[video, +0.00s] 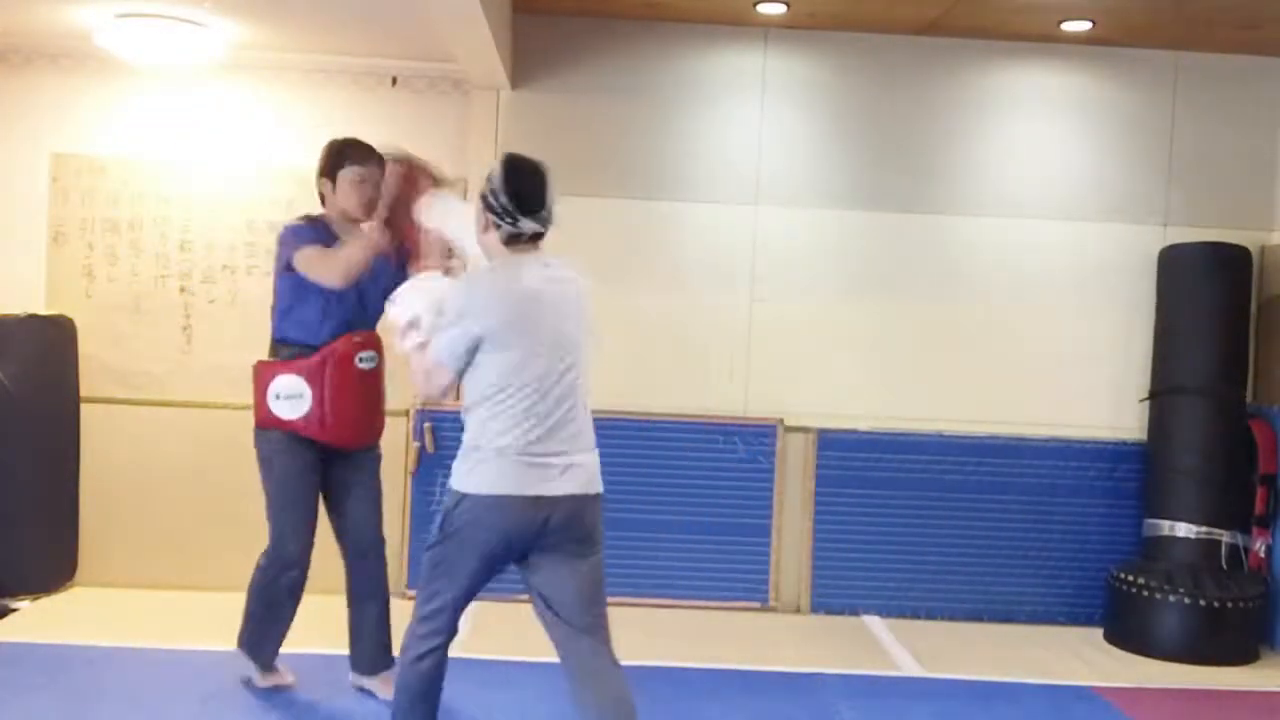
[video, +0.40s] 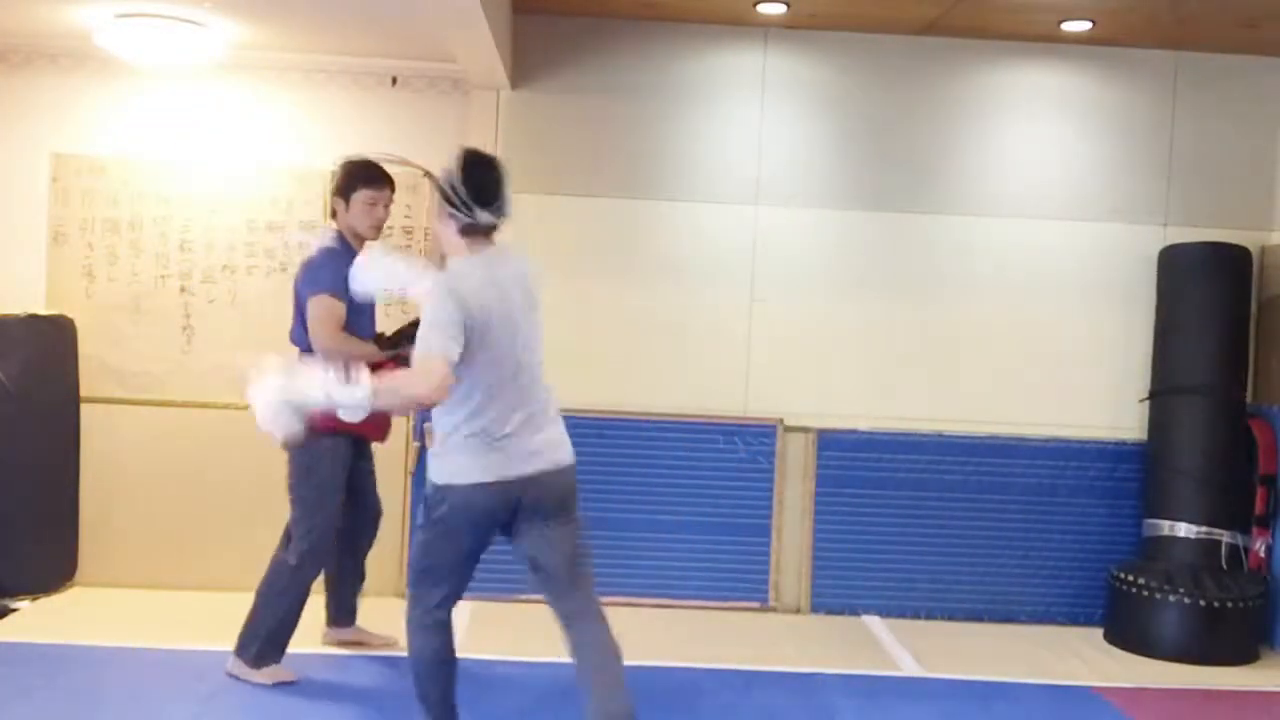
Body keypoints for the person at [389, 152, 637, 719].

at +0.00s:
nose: (474, 218)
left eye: (477, 210)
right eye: (477, 209)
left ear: (488, 218)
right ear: (543, 219)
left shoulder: (478, 292)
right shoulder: (573, 286)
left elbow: (430, 385)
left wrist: (413, 331)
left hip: (493, 493)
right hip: (575, 493)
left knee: (431, 627)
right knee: (588, 644)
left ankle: (410, 712)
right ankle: (618, 715)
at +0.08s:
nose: (471, 212)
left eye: (473, 204)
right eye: (473, 204)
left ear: (480, 209)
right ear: (539, 211)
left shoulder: (463, 282)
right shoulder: (566, 271)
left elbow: (410, 362)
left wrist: (400, 314)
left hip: (487, 482)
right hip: (570, 479)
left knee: (430, 623)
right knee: (585, 631)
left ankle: (410, 714)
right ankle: (617, 716)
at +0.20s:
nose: (479, 218)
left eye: (482, 210)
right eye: (484, 210)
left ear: (491, 215)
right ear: (546, 218)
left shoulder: (467, 280)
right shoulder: (583, 288)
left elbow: (404, 375)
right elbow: (558, 365)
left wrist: (359, 357)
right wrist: (465, 365)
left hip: (480, 483)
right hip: (567, 483)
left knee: (419, 602)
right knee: (583, 636)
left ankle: (415, 713)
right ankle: (607, 717)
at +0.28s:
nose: (477, 221)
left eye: (481, 214)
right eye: (484, 214)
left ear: (488, 222)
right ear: (545, 228)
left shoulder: (462, 290)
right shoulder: (574, 292)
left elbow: (419, 386)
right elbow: (519, 326)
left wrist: (342, 399)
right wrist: (459, 280)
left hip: (476, 487)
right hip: (562, 484)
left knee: (421, 598)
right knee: (583, 639)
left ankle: (423, 713)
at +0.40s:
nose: (429, 220)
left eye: (433, 209)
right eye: (435, 209)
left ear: (445, 214)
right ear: (496, 214)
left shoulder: (449, 287)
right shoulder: (520, 270)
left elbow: (429, 386)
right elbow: (477, 308)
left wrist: (343, 388)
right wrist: (412, 279)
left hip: (470, 481)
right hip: (548, 470)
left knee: (429, 609)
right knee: (578, 604)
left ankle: (439, 712)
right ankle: (615, 712)